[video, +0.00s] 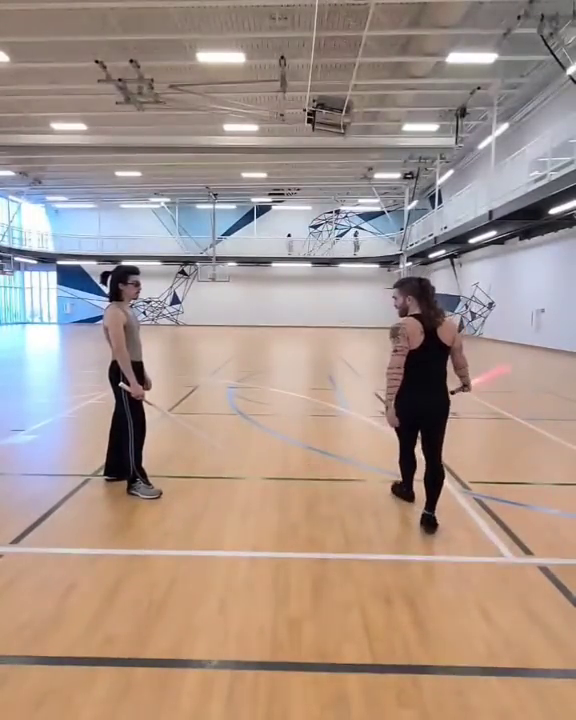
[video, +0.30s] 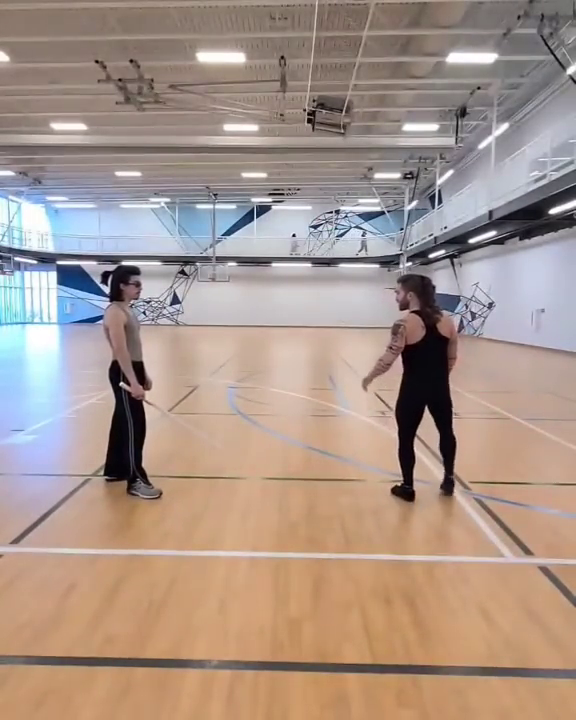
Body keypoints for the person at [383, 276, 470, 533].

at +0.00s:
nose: (394, 303)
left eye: (397, 299)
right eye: (394, 299)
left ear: (410, 299)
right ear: (420, 298)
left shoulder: (405, 326)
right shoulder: (448, 324)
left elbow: (396, 368)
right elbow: (459, 359)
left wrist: (390, 403)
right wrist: (465, 381)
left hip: (408, 401)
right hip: (437, 402)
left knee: (406, 448)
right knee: (434, 457)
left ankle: (407, 487)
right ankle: (430, 513)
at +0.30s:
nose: (396, 297)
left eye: (399, 292)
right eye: (397, 292)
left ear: (411, 294)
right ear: (420, 294)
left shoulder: (404, 323)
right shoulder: (447, 320)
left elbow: (389, 358)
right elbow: (452, 358)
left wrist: (369, 377)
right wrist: (440, 376)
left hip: (412, 390)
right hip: (439, 388)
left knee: (406, 438)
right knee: (446, 432)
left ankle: (407, 486)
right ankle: (449, 480)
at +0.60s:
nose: (418, 303)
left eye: (421, 299)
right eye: (419, 299)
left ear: (434, 302)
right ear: (440, 303)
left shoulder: (430, 327)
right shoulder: (457, 325)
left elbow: (413, 360)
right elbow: (463, 356)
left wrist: (393, 365)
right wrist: (452, 369)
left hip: (431, 393)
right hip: (454, 390)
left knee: (411, 435)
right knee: (455, 424)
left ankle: (408, 485)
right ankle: (475, 463)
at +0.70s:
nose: (426, 308)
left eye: (429, 303)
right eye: (426, 303)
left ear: (443, 305)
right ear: (447, 306)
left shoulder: (442, 330)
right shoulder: (458, 327)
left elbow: (429, 364)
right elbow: (458, 360)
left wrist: (408, 379)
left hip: (445, 393)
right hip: (463, 391)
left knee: (420, 433)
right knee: (457, 426)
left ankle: (412, 483)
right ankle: (477, 467)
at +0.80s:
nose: (431, 305)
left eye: (435, 301)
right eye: (431, 301)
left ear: (448, 302)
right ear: (452, 303)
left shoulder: (447, 327)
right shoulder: (462, 323)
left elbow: (441, 362)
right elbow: (462, 357)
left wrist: (427, 385)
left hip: (453, 389)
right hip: (470, 386)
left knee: (432, 429)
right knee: (462, 425)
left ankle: (429, 482)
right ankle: (478, 468)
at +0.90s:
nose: (435, 302)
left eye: (438, 298)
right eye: (435, 298)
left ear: (451, 300)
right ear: (455, 301)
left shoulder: (452, 323)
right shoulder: (468, 320)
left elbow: (446, 360)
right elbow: (471, 355)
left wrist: (436, 387)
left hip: (458, 386)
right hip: (475, 383)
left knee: (441, 429)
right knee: (465, 424)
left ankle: (449, 481)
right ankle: (478, 468)